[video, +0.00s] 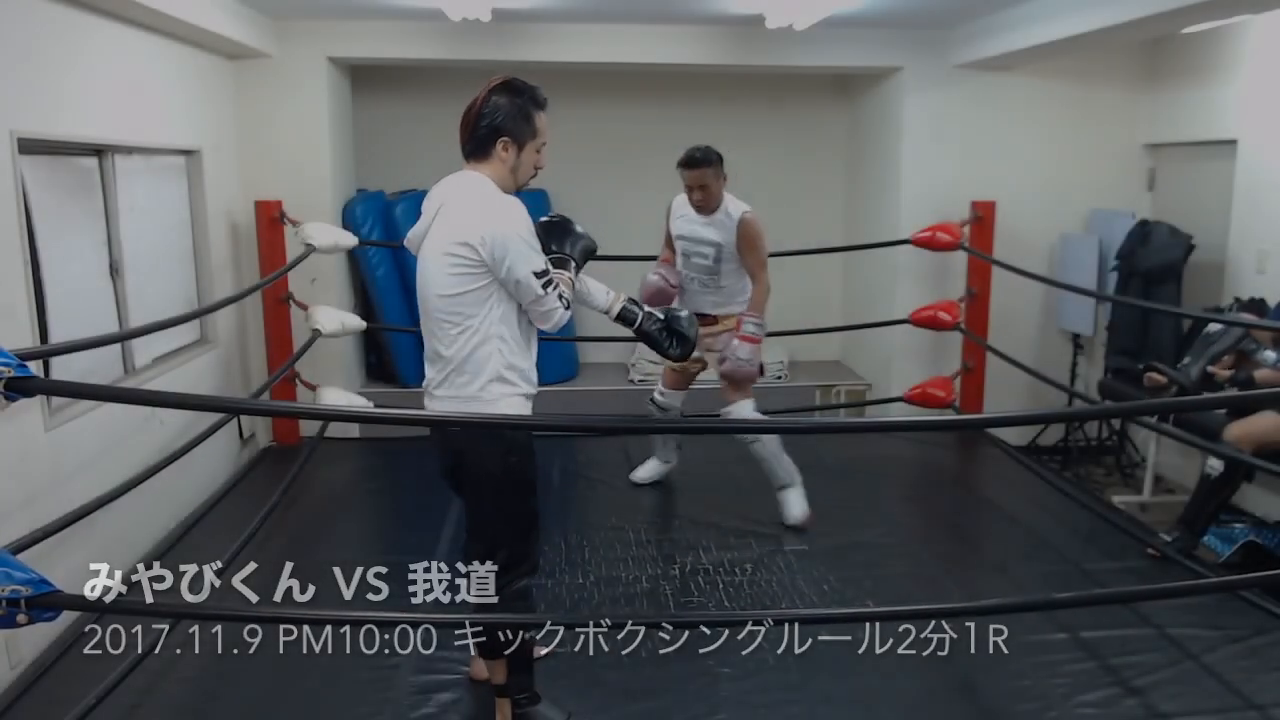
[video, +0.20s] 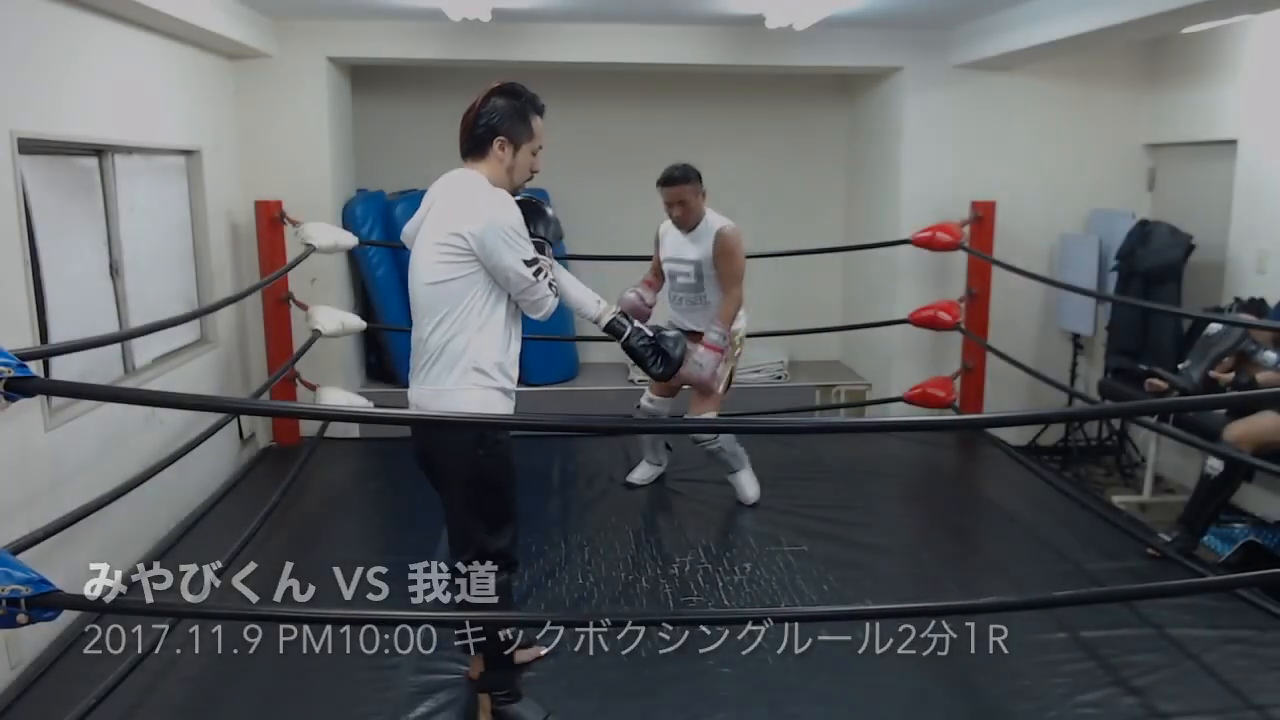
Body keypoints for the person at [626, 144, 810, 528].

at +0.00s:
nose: (695, 196)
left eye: (703, 188)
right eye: (689, 188)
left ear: (722, 181)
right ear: (682, 184)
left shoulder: (742, 221)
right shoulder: (678, 208)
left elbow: (761, 283)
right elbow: (669, 251)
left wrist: (750, 337)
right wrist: (662, 276)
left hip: (729, 325)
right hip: (687, 322)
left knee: (739, 414)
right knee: (663, 401)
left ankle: (789, 486)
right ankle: (664, 458)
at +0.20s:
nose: (674, 212)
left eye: (681, 203)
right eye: (668, 205)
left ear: (701, 196)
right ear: (662, 202)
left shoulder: (724, 236)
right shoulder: (665, 231)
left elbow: (733, 295)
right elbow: (655, 275)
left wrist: (713, 345)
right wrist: (641, 296)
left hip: (720, 334)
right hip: (678, 330)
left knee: (700, 424)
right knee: (650, 408)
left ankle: (738, 469)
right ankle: (654, 460)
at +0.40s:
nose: (687, 193)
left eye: (694, 184)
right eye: (681, 185)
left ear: (714, 177)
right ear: (676, 182)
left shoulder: (738, 214)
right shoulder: (675, 214)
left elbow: (757, 272)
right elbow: (670, 259)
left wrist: (731, 325)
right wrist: (660, 280)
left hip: (749, 319)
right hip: (709, 321)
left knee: (758, 412)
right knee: (683, 405)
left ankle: (794, 497)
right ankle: (694, 454)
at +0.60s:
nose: (707, 215)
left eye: (715, 206)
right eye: (700, 207)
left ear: (735, 200)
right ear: (694, 204)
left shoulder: (757, 241)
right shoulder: (688, 237)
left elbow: (771, 304)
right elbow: (683, 279)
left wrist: (753, 356)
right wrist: (671, 287)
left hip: (756, 348)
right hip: (713, 352)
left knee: (776, 436)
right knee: (692, 432)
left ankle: (815, 516)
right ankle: (725, 462)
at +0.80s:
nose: (685, 193)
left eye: (693, 184)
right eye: (680, 185)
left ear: (714, 179)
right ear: (673, 181)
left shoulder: (733, 222)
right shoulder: (670, 206)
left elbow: (742, 285)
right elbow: (662, 251)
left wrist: (722, 336)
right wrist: (652, 252)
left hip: (721, 324)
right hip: (680, 321)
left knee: (730, 411)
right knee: (647, 399)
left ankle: (771, 489)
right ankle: (660, 455)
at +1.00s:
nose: (667, 199)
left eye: (675, 191)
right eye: (661, 191)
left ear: (695, 187)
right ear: (655, 189)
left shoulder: (713, 229)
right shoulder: (653, 217)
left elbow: (719, 289)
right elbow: (642, 260)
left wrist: (686, 332)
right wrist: (635, 281)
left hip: (702, 324)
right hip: (665, 321)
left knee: (689, 413)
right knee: (642, 403)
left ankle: (732, 477)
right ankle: (653, 461)